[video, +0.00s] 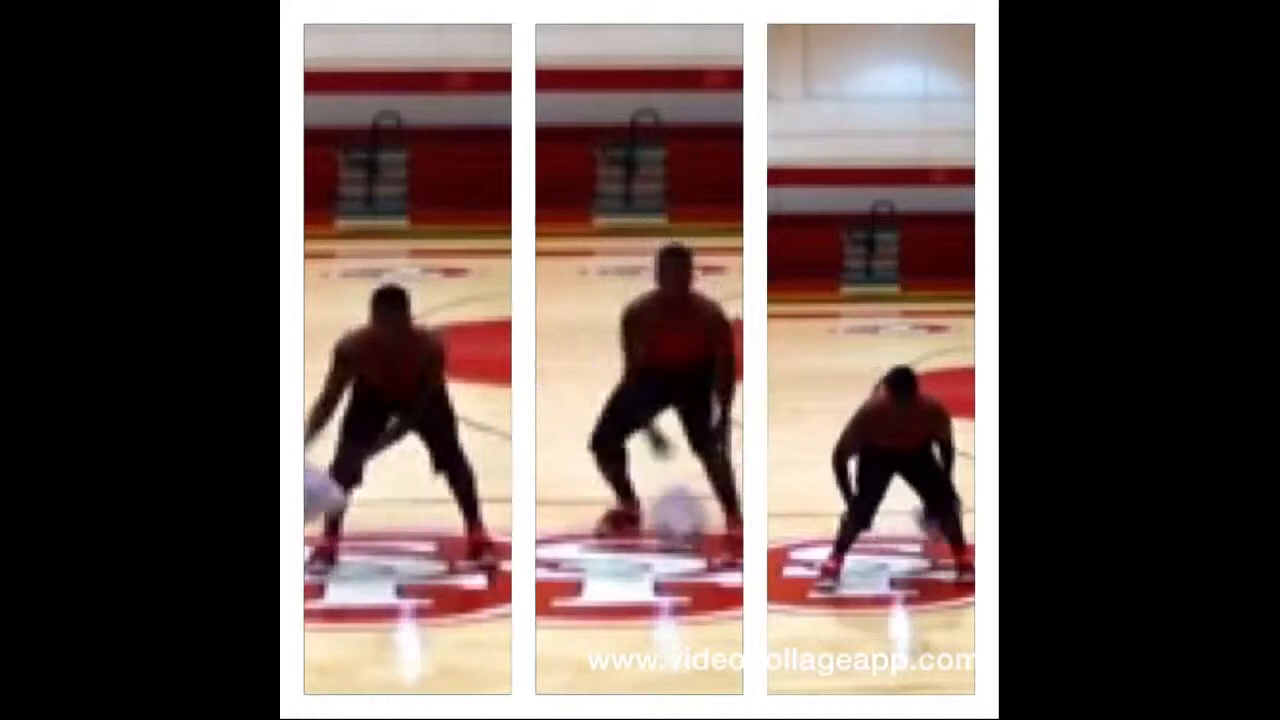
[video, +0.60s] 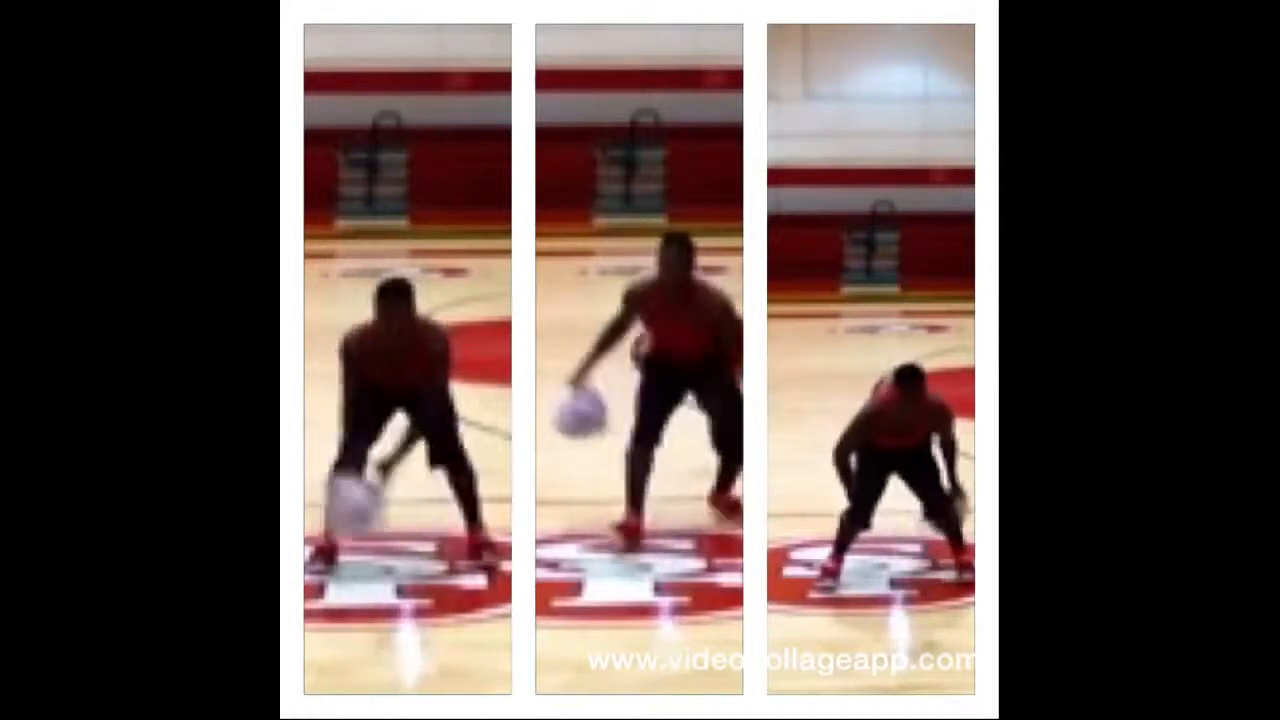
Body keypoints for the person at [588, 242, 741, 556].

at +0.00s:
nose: (676, 282)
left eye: (681, 274)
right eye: (669, 275)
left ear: (691, 275)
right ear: (658, 276)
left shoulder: (709, 315)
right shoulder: (637, 315)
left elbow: (725, 370)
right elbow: (633, 376)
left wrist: (723, 417)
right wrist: (648, 427)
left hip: (694, 386)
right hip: (649, 385)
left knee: (709, 447)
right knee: (605, 442)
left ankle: (734, 517)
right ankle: (628, 507)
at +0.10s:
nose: (679, 278)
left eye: (685, 270)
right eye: (673, 271)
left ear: (696, 271)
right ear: (662, 273)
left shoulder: (711, 308)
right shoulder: (642, 314)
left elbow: (728, 351)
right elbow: (642, 374)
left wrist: (745, 383)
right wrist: (662, 420)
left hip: (693, 383)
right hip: (648, 383)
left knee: (708, 444)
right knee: (612, 451)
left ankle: (734, 517)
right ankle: (629, 508)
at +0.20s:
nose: (683, 268)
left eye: (689, 260)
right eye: (676, 261)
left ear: (700, 260)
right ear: (666, 263)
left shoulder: (716, 286)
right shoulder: (650, 303)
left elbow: (744, 311)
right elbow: (624, 354)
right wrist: (628, 395)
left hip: (694, 364)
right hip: (649, 367)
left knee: (719, 437)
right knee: (626, 439)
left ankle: (736, 509)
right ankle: (627, 499)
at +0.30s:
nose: (684, 270)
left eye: (690, 262)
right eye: (677, 263)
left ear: (700, 261)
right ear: (667, 264)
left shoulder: (720, 288)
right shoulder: (647, 303)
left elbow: (754, 318)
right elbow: (617, 355)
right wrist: (611, 409)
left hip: (700, 360)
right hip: (655, 365)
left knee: (736, 425)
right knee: (641, 433)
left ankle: (721, 492)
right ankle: (631, 506)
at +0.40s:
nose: (680, 279)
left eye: (686, 270)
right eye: (673, 271)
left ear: (697, 270)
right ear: (663, 272)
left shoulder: (718, 308)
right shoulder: (647, 314)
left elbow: (734, 351)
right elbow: (628, 370)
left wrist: (732, 392)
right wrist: (627, 421)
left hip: (707, 373)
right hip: (665, 377)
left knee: (739, 428)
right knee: (658, 444)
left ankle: (723, 497)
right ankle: (644, 521)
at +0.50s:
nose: (678, 281)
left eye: (684, 274)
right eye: (672, 274)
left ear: (695, 274)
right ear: (663, 275)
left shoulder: (715, 313)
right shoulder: (647, 315)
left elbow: (726, 363)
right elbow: (634, 364)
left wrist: (734, 400)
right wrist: (626, 413)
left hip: (711, 383)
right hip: (670, 386)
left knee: (741, 444)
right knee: (664, 445)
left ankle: (720, 497)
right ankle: (643, 521)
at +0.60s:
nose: (673, 271)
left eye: (680, 264)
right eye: (667, 263)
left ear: (691, 264)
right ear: (658, 263)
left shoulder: (713, 302)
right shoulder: (642, 296)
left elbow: (738, 345)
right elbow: (617, 329)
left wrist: (739, 380)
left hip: (709, 369)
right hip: (663, 367)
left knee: (735, 437)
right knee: (642, 441)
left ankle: (721, 493)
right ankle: (634, 516)